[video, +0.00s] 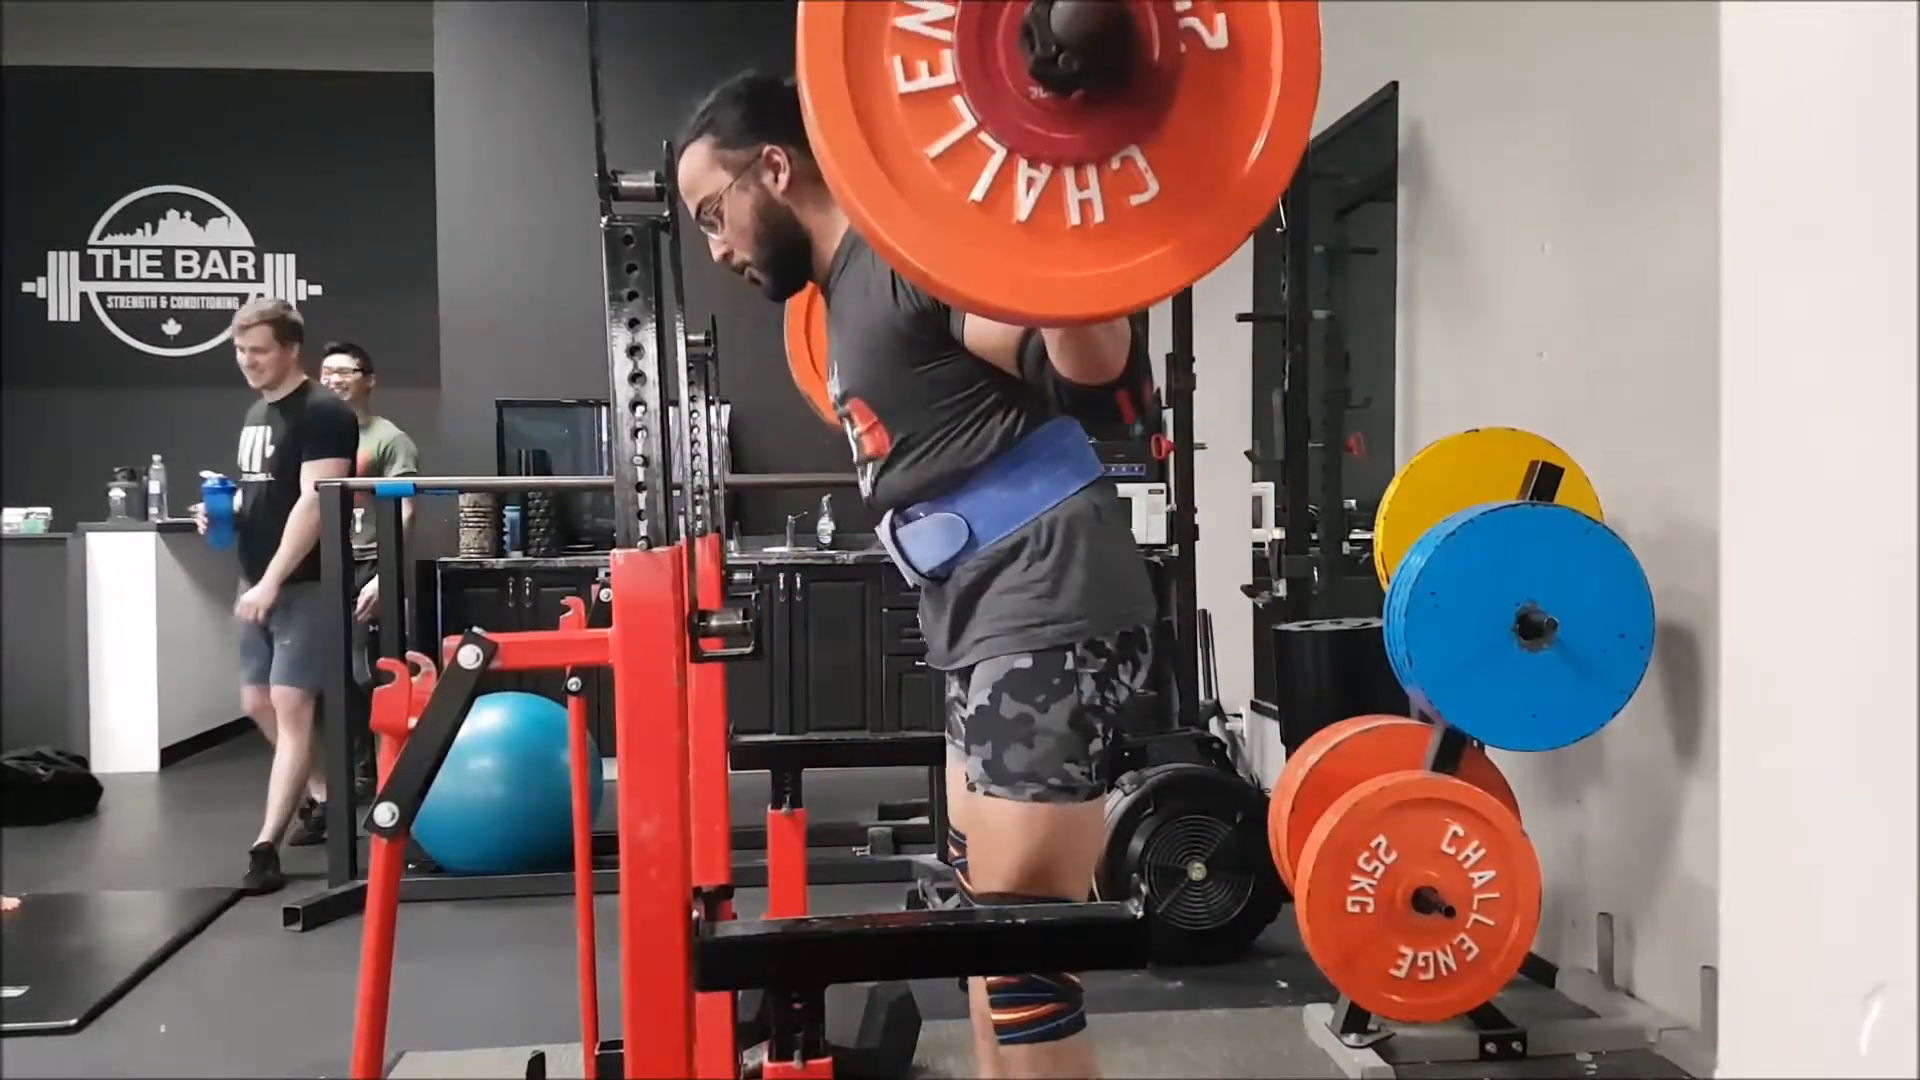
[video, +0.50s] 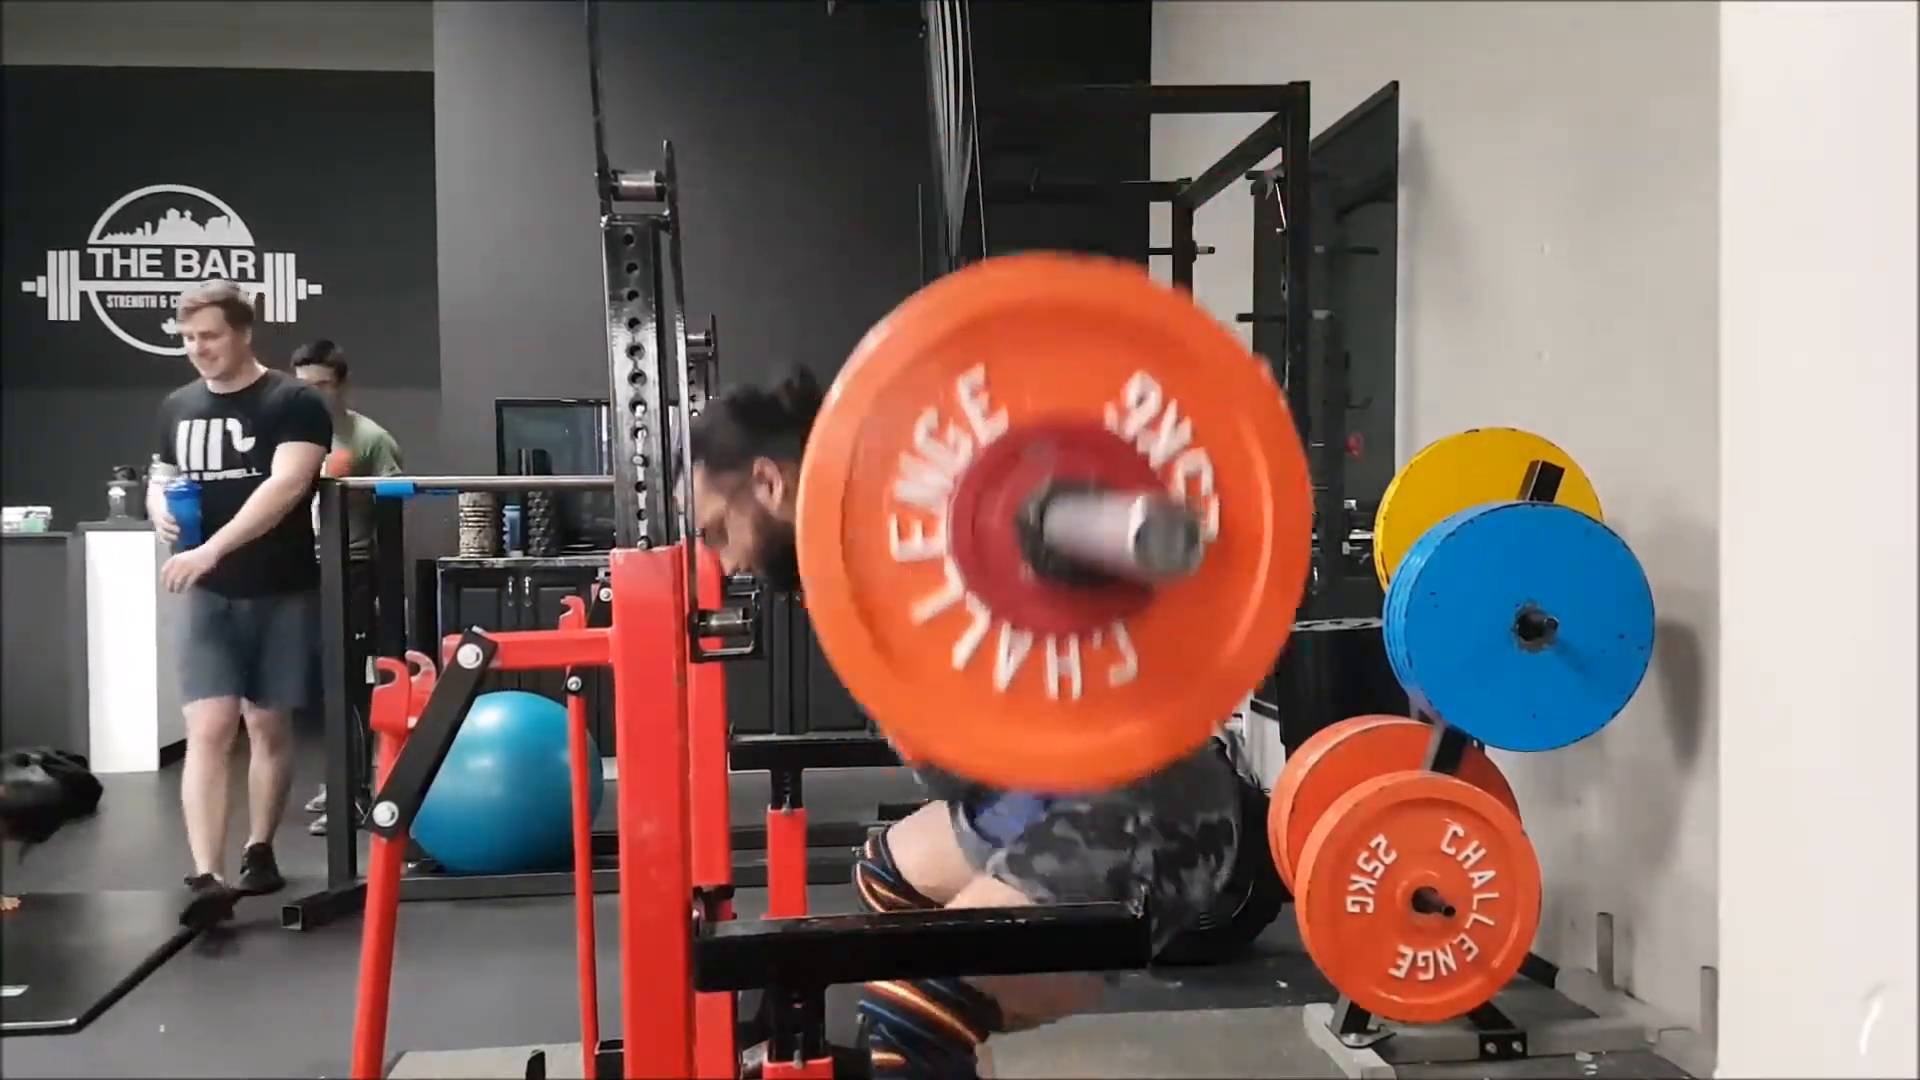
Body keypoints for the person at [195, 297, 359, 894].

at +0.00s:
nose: (247, 361)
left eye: (257, 351)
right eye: (241, 352)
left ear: (292, 350)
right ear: (240, 354)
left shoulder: (326, 413)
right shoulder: (259, 413)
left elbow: (316, 506)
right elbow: (260, 495)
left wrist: (269, 581)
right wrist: (222, 514)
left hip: (309, 584)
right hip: (259, 581)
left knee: (293, 705)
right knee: (257, 701)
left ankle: (266, 844)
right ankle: (321, 795)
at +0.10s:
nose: (238, 354)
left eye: (249, 343)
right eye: (232, 344)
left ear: (284, 343)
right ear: (229, 346)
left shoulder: (319, 407)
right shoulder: (244, 407)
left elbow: (311, 499)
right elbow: (246, 491)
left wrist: (258, 573)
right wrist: (210, 514)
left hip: (302, 583)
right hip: (244, 579)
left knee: (289, 708)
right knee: (226, 707)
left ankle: (267, 845)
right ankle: (302, 774)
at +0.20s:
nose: (231, 349)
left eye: (243, 338)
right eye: (224, 339)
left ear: (277, 339)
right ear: (219, 341)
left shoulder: (312, 403)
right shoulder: (227, 405)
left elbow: (300, 490)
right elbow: (228, 485)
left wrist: (242, 568)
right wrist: (200, 512)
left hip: (296, 582)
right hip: (231, 579)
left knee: (287, 711)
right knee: (210, 706)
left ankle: (268, 846)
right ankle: (266, 781)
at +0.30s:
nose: (223, 348)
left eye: (235, 337)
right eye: (216, 338)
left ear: (268, 338)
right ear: (210, 342)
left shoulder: (308, 402)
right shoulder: (213, 404)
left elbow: (290, 487)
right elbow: (207, 480)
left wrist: (227, 561)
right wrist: (191, 512)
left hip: (291, 580)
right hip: (225, 576)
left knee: (282, 713)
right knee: (208, 700)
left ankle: (267, 843)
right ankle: (234, 808)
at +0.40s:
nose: (214, 348)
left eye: (226, 336)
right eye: (206, 338)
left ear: (259, 336)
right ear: (198, 341)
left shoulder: (304, 401)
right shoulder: (197, 404)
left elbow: (284, 487)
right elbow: (191, 478)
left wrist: (216, 554)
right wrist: (179, 510)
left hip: (287, 586)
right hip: (215, 581)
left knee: (275, 716)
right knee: (208, 704)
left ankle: (263, 849)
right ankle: (215, 857)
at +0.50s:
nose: (200, 350)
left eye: (211, 337)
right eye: (190, 340)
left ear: (245, 333)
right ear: (184, 342)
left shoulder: (295, 401)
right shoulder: (178, 407)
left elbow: (288, 487)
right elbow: (163, 480)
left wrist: (212, 549)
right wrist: (161, 506)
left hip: (279, 590)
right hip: (204, 588)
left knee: (267, 725)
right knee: (210, 724)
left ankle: (260, 848)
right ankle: (207, 877)